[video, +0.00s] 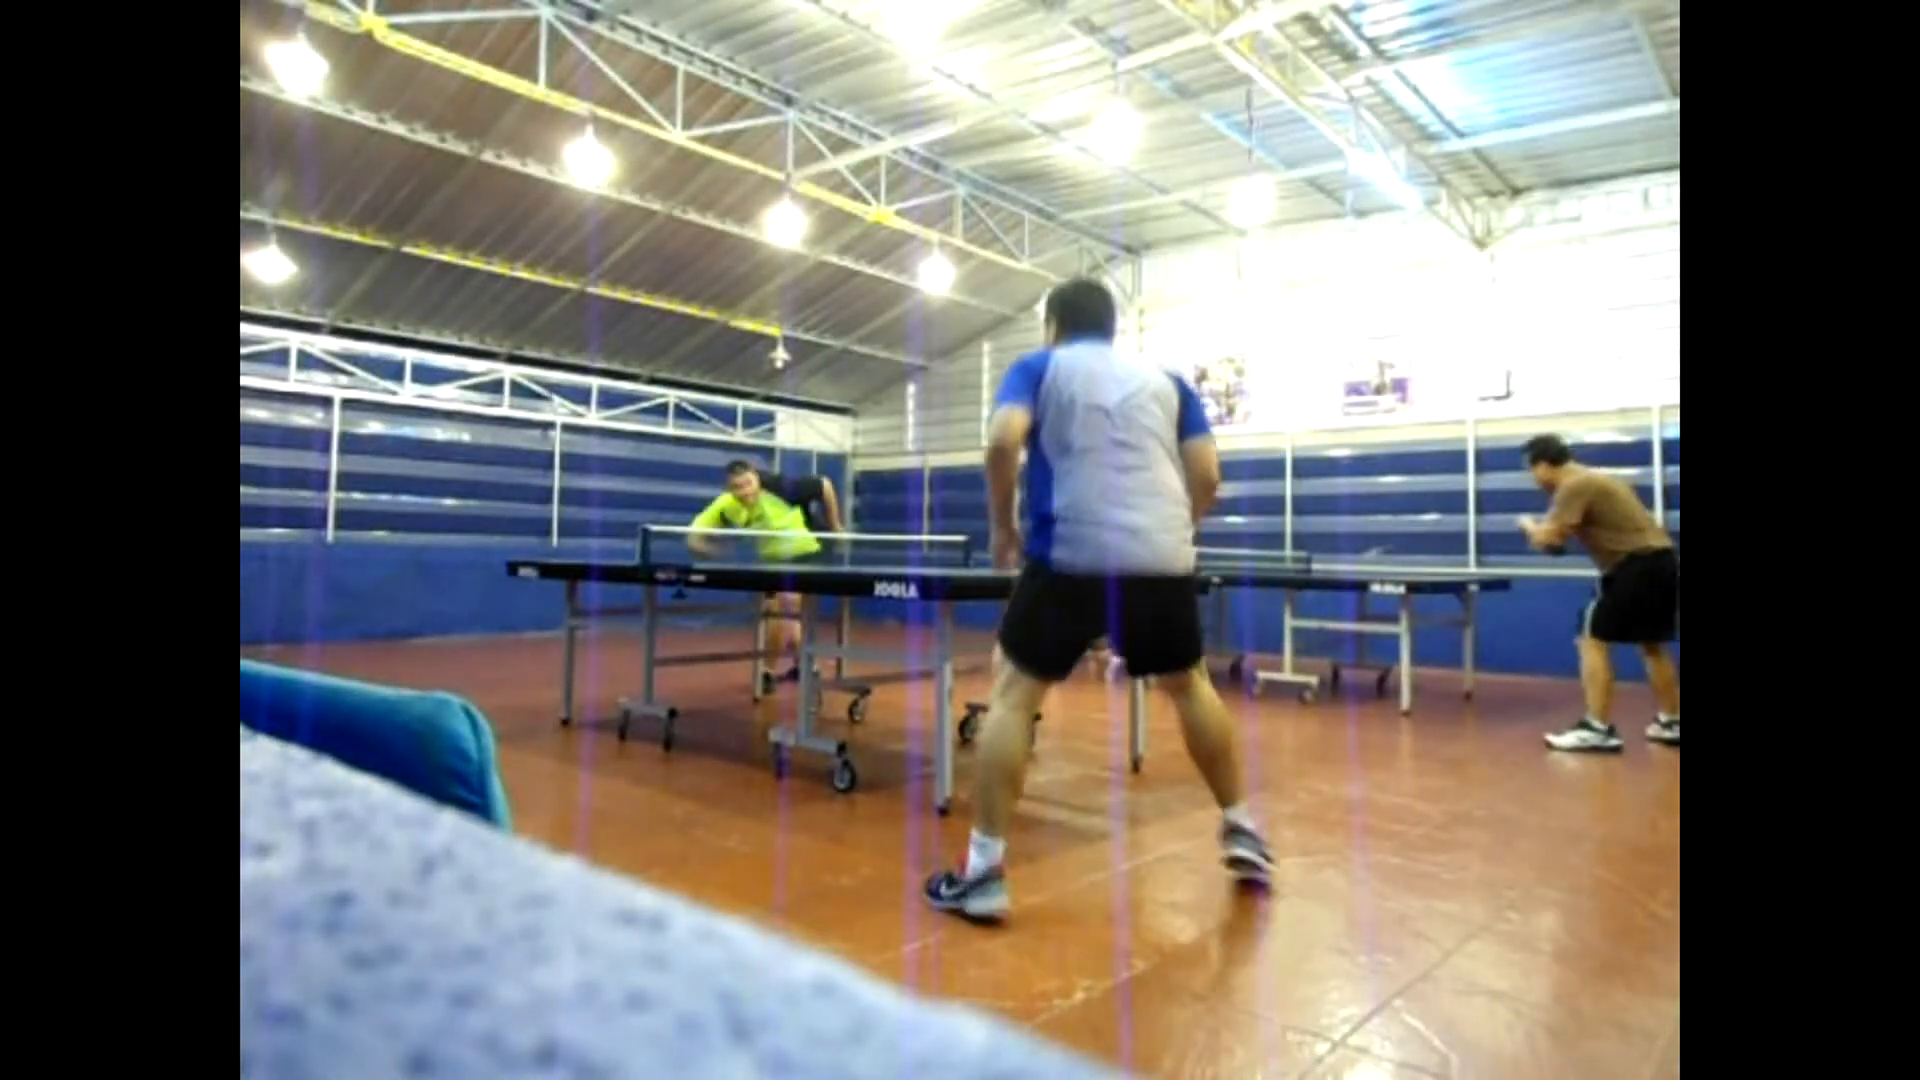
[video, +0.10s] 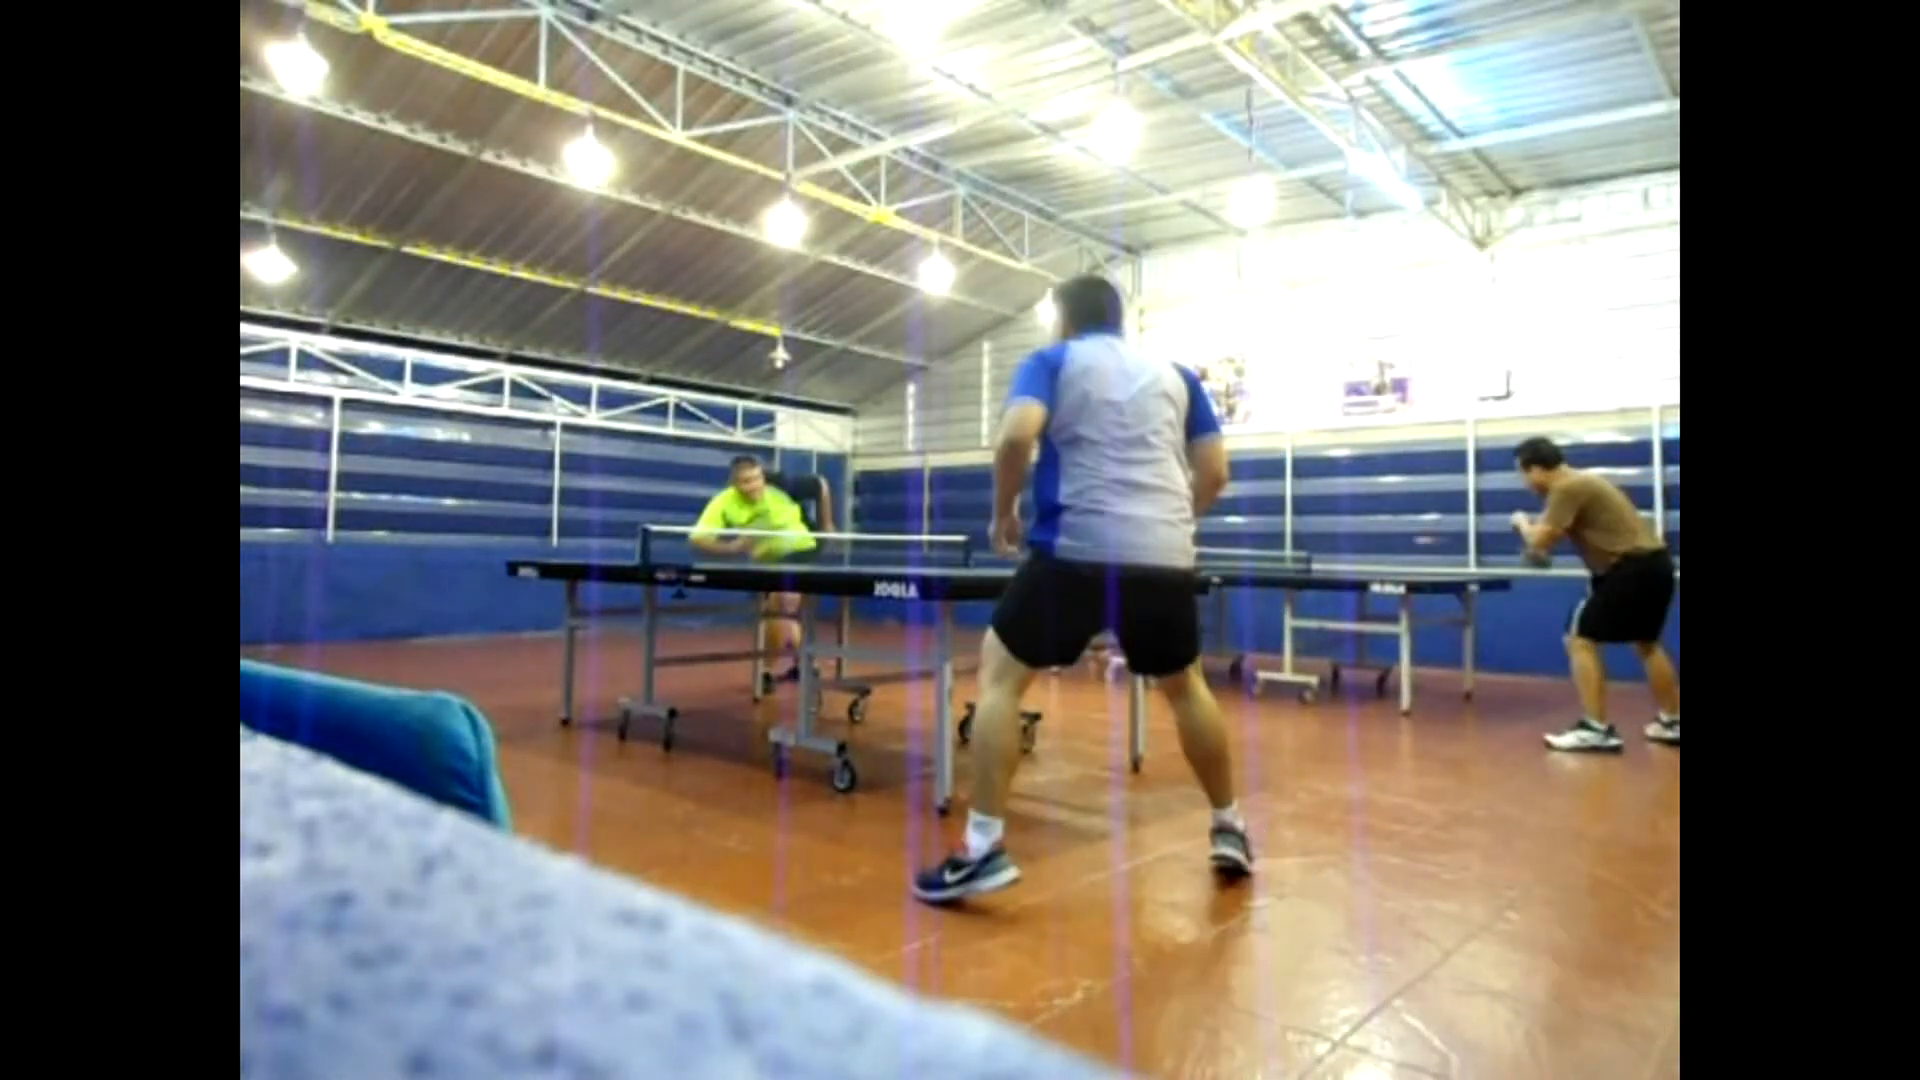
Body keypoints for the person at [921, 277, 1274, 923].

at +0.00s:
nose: (1044, 336)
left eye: (1045, 327)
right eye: (1048, 328)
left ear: (1053, 327)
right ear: (1114, 329)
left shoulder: (1037, 369)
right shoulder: (1169, 384)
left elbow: (1004, 439)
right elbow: (1207, 481)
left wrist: (1003, 528)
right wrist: (1167, 532)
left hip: (1070, 564)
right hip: (1164, 566)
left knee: (1014, 701)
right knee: (1190, 686)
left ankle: (982, 868)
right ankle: (1238, 822)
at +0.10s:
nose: (1051, 330)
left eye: (1054, 320)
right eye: (1056, 320)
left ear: (1065, 321)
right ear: (1119, 319)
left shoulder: (1051, 361)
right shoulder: (1176, 377)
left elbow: (1018, 435)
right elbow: (1214, 472)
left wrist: (1005, 512)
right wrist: (1169, 521)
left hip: (1073, 561)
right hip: (1163, 567)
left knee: (1000, 684)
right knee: (1186, 687)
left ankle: (981, 848)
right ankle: (1228, 827)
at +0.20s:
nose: (1068, 351)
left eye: (1069, 340)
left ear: (1074, 343)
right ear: (1131, 344)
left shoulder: (1057, 390)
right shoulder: (1178, 404)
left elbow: (1017, 470)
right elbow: (1218, 497)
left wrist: (1006, 532)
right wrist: (1163, 522)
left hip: (1075, 589)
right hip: (1164, 596)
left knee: (999, 699)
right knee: (1186, 698)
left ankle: (978, 871)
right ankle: (1225, 837)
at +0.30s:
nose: (1086, 374)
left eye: (1088, 365)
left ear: (1093, 369)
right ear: (1151, 373)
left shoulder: (1059, 420)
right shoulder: (1187, 431)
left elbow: (1003, 504)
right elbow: (1222, 528)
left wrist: (1019, 548)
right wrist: (1166, 528)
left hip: (1086, 609)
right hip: (1175, 615)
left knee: (997, 713)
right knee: (1194, 687)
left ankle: (978, 873)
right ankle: (1229, 817)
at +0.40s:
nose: (1118, 377)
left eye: (1120, 368)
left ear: (1125, 372)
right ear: (1179, 374)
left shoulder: (1095, 421)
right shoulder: (1215, 437)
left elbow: (1026, 494)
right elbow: (1242, 527)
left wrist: (1034, 533)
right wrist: (1199, 555)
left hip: (1113, 609)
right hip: (1196, 616)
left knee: (1033, 719)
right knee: (1220, 711)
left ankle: (984, 874)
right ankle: (1267, 838)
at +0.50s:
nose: (1140, 365)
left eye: (1143, 357)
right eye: (1144, 357)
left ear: (1152, 358)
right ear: (1202, 361)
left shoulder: (1132, 404)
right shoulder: (1235, 425)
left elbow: (1079, 454)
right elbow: (1246, 501)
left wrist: (1022, 472)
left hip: (1144, 590)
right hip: (1219, 597)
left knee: (1081, 698)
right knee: (1235, 707)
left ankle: (1055, 849)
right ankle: (1268, 837)